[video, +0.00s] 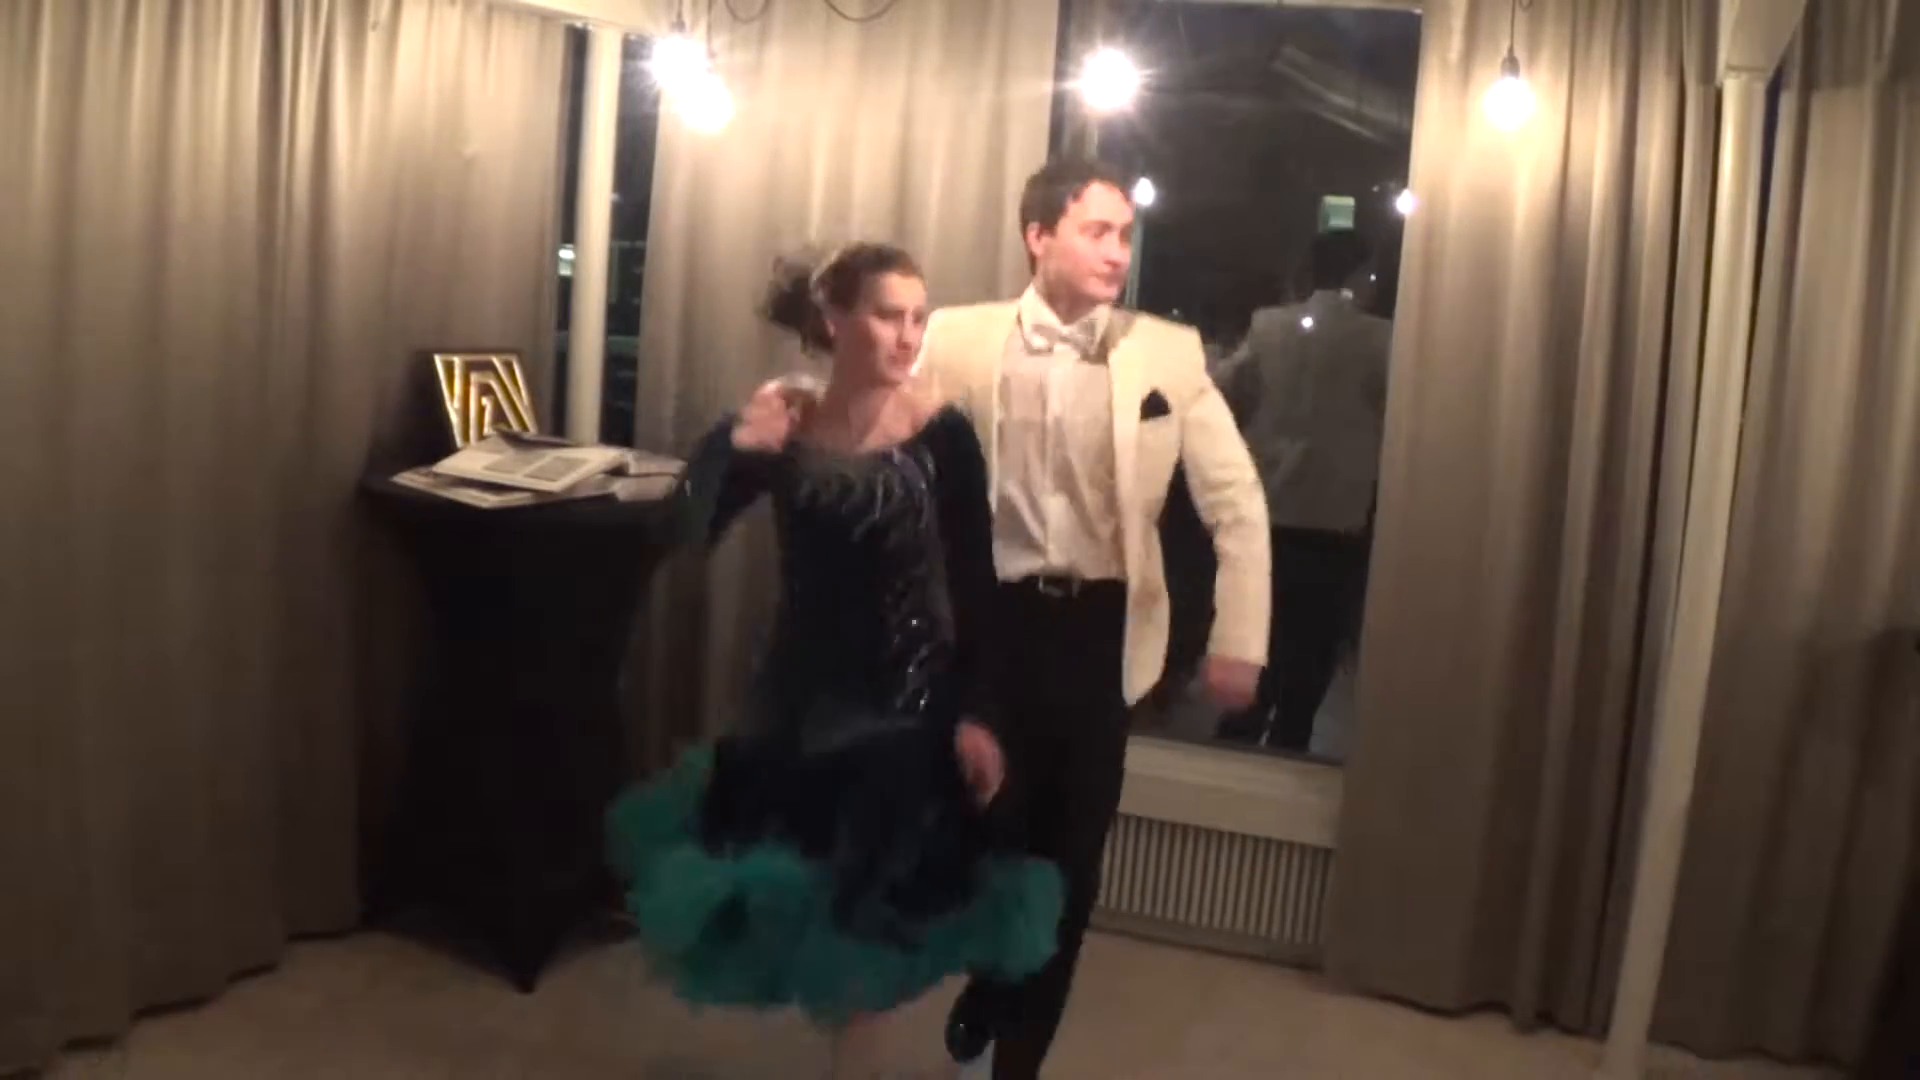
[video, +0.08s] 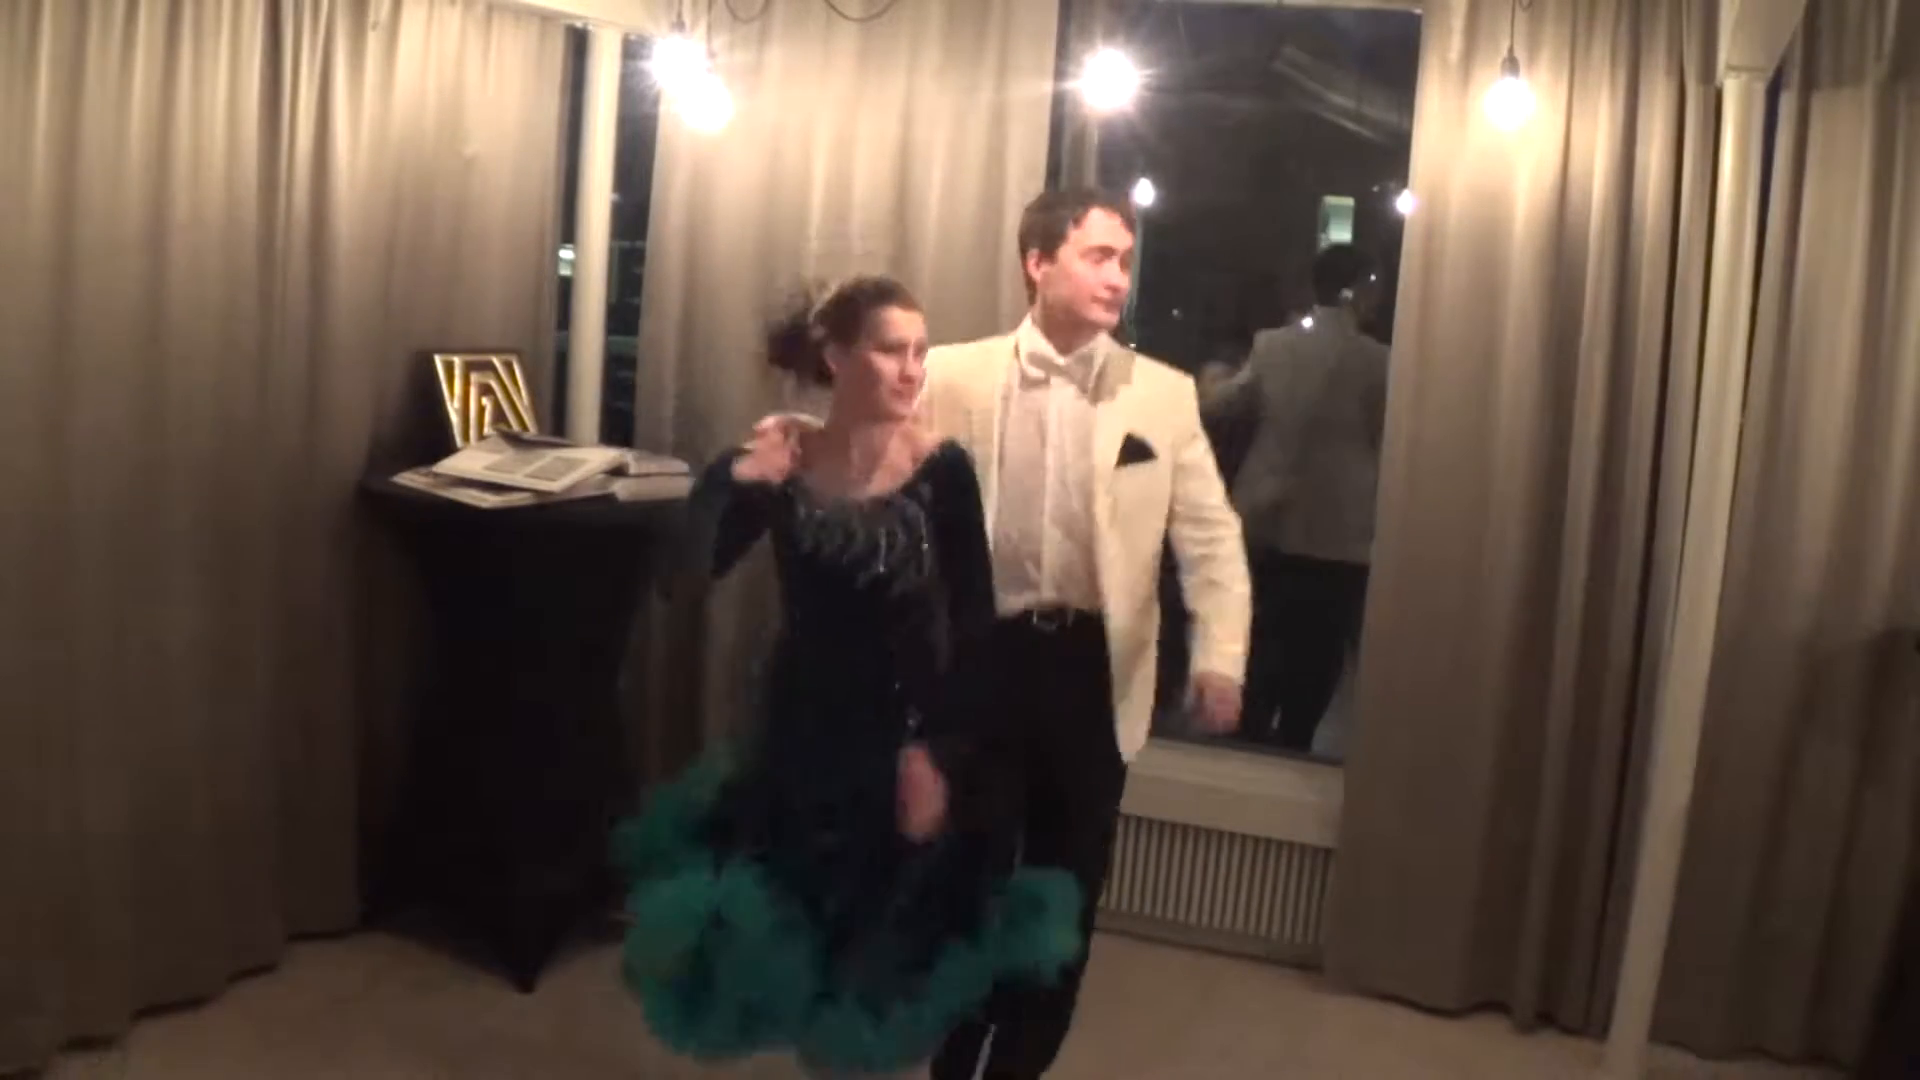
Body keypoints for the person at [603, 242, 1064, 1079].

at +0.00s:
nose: (910, 335)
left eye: (921, 318)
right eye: (891, 316)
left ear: (928, 327)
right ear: (836, 322)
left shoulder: (940, 433)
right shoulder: (789, 424)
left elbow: (975, 583)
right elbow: (688, 532)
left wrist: (975, 709)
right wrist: (734, 445)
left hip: (912, 690)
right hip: (808, 683)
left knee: (884, 895)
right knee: (805, 880)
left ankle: (859, 1051)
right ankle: (842, 1034)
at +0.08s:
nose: (913, 369)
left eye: (920, 351)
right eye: (892, 352)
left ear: (926, 358)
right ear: (835, 361)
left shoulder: (939, 469)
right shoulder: (788, 458)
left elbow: (971, 619)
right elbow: (698, 565)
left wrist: (933, 744)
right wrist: (737, 476)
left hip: (900, 708)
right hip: (803, 700)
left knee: (894, 895)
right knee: (800, 886)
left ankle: (879, 1045)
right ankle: (811, 1036)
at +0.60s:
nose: (939, 458)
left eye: (947, 439)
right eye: (928, 435)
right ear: (865, 416)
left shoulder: (915, 545)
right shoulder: (752, 502)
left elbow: (1001, 676)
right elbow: (603, 571)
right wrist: (700, 491)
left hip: (847, 801)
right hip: (738, 795)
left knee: (857, 1003)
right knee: (712, 1002)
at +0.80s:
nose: (952, 435)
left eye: (958, 417)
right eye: (940, 410)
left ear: (894, 403)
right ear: (872, 393)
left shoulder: (917, 529)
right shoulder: (750, 471)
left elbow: (1046, 631)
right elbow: (597, 514)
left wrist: (1186, 621)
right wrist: (706, 433)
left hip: (835, 790)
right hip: (723, 775)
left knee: (830, 1009)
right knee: (688, 1000)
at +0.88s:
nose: (948, 423)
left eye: (956, 405)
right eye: (940, 397)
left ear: (892, 392)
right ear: (871, 376)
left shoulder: (915, 514)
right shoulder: (749, 456)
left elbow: (1047, 612)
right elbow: (590, 501)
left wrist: (1187, 586)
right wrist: (704, 411)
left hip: (831, 776)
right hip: (716, 761)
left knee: (822, 1002)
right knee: (678, 988)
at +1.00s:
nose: (940, 411)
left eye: (950, 392)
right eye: (931, 384)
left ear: (889, 374)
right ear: (862, 362)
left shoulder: (910, 501)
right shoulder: (740, 439)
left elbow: (1046, 611)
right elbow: (575, 487)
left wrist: (1182, 563)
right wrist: (690, 396)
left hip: (829, 762)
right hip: (710, 747)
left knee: (815, 981)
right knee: (685, 971)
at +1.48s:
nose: (837, 378)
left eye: (852, 354)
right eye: (811, 356)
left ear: (867, 350)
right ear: (745, 347)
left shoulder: (872, 461)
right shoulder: (689, 453)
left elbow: (869, 642)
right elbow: (530, 570)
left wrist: (797, 679)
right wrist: (584, 441)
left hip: (824, 761)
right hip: (702, 751)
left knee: (811, 987)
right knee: (676, 966)